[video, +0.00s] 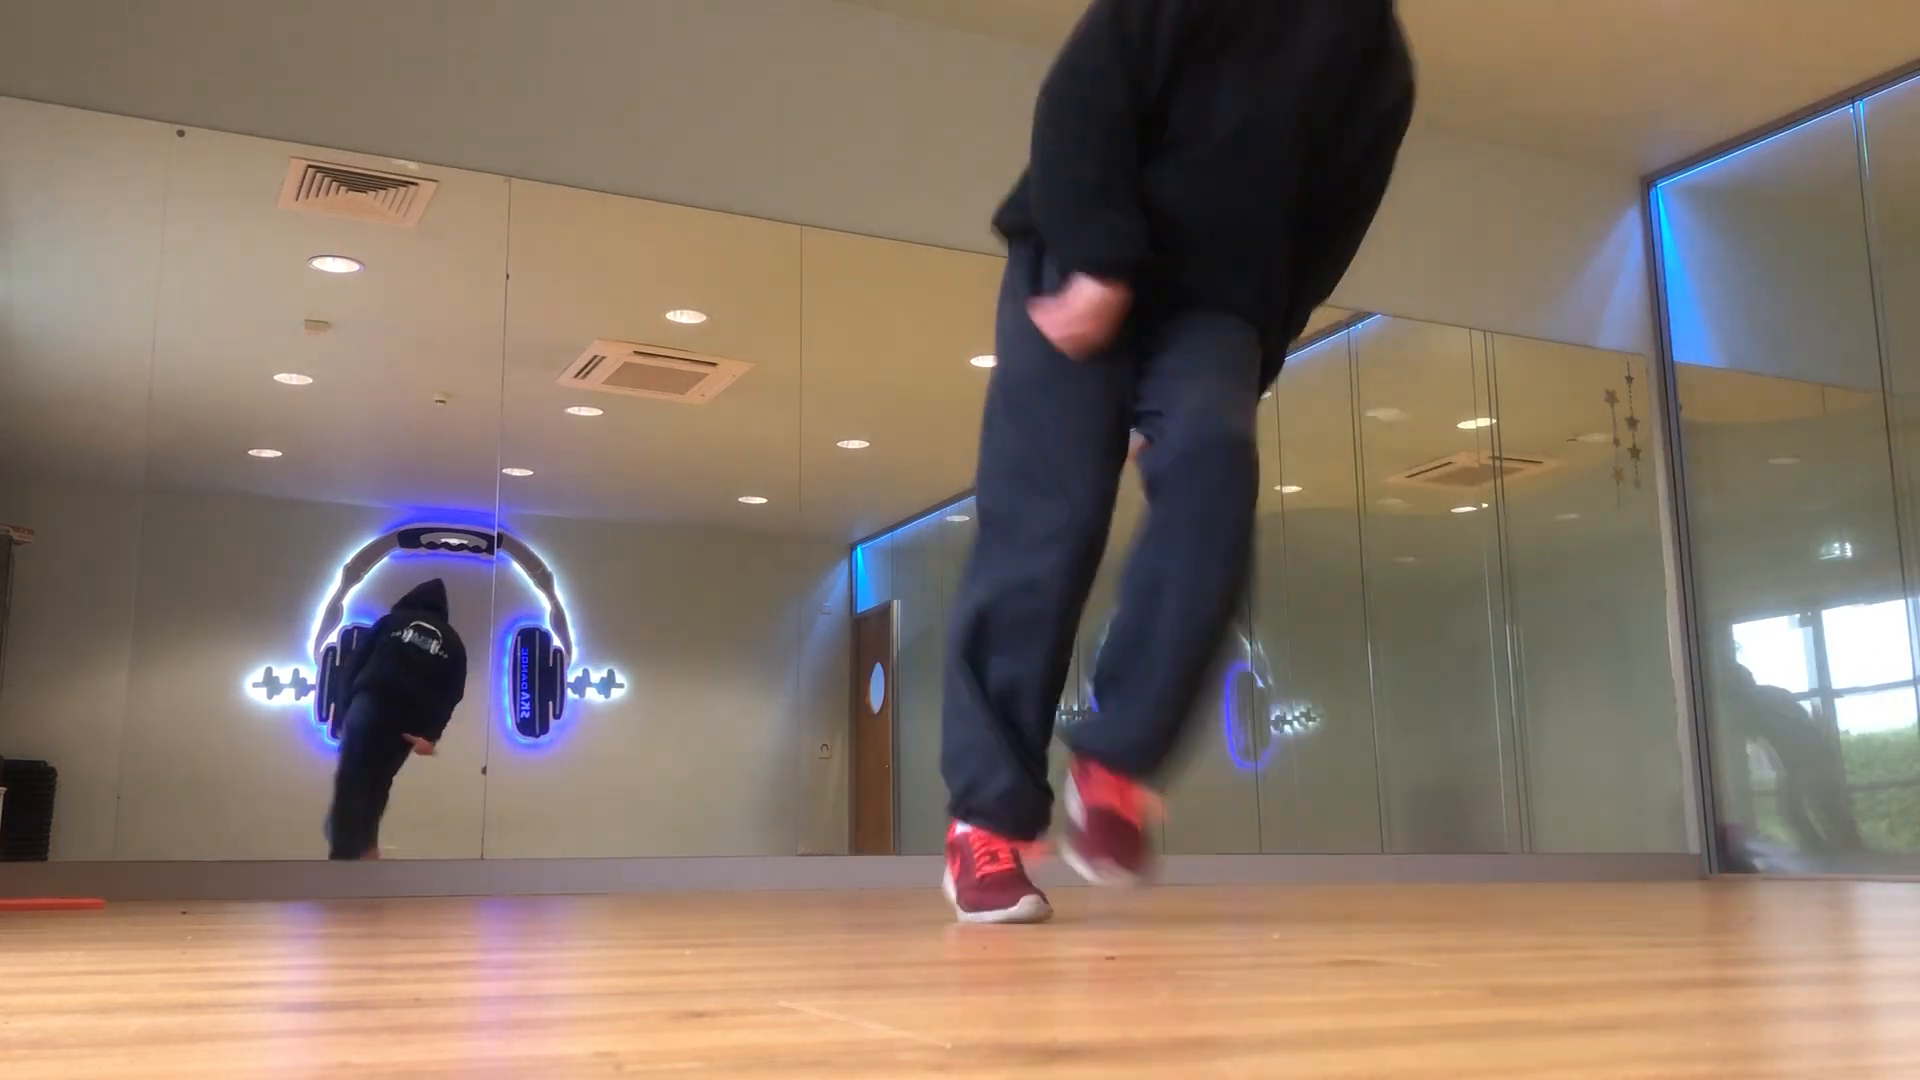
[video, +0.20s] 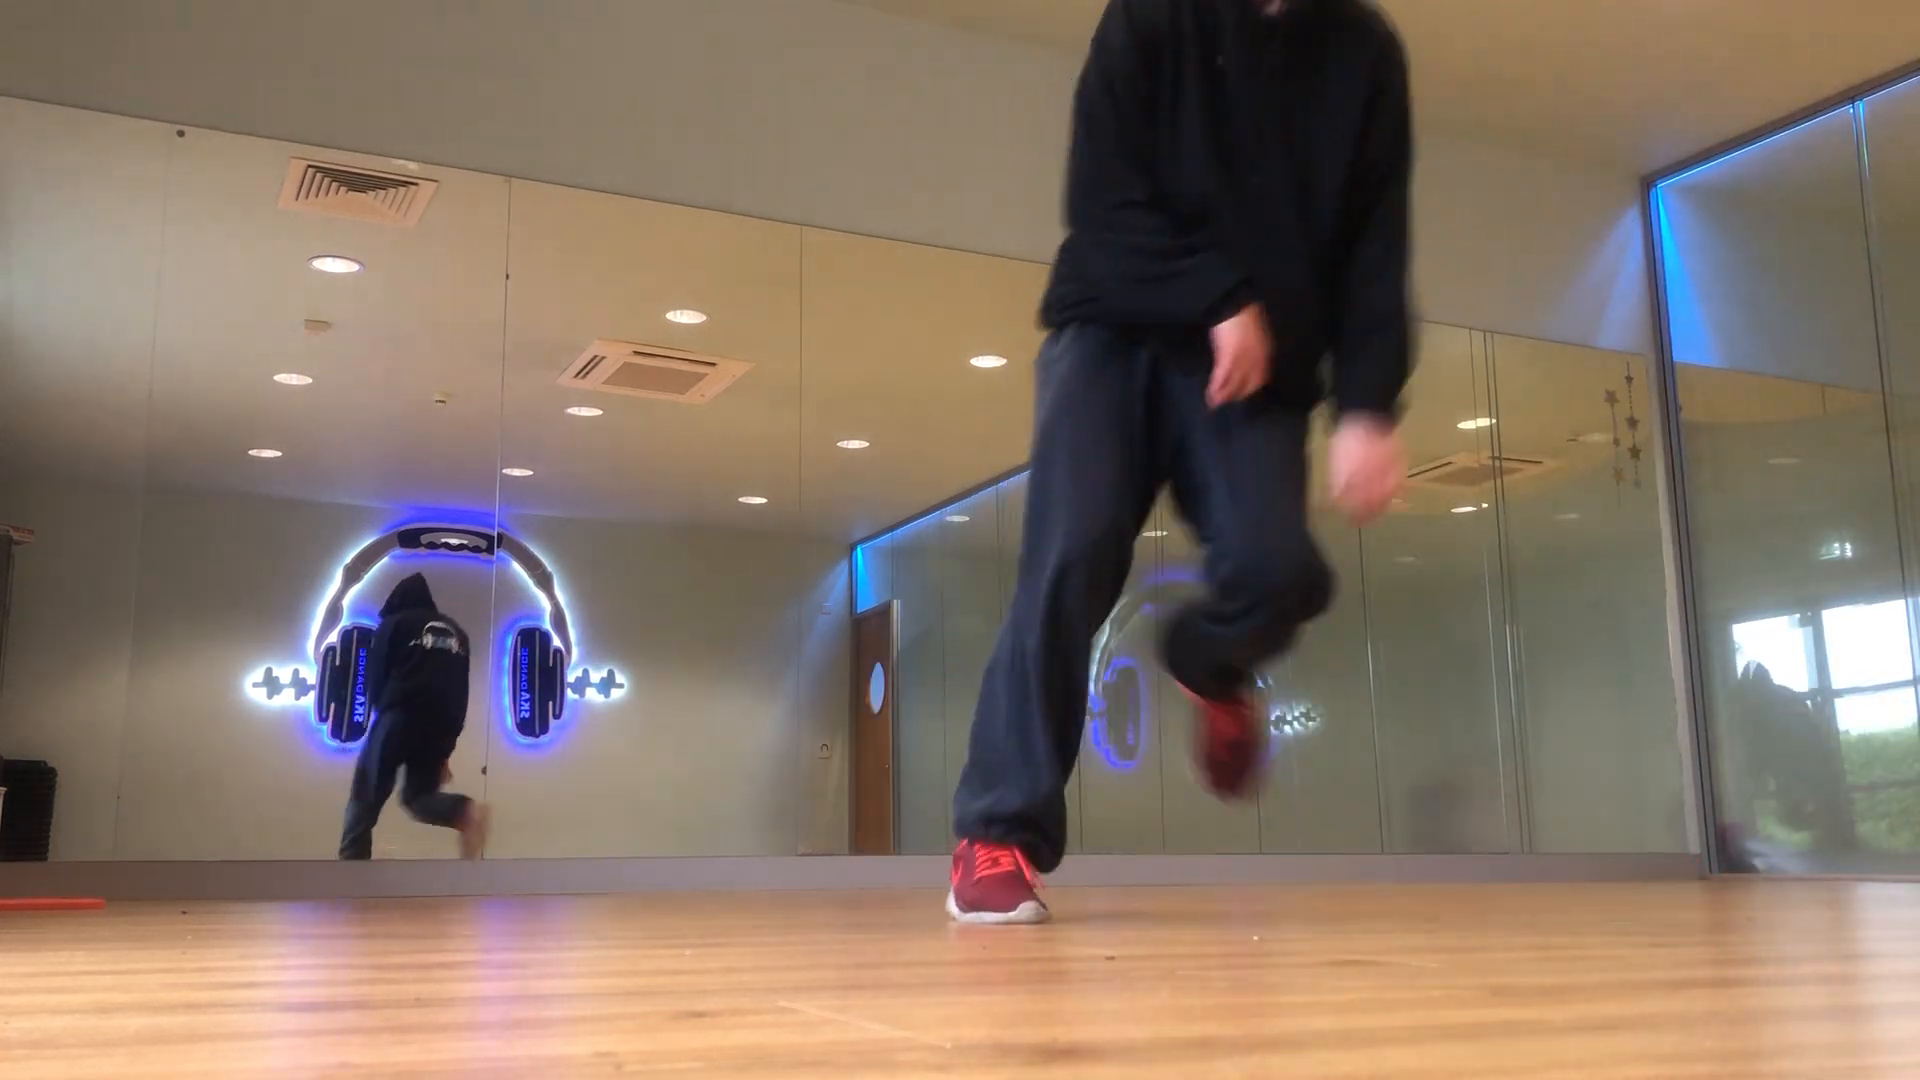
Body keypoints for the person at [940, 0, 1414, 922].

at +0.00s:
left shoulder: (1376, 62)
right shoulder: (1169, 9)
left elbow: (1329, 230)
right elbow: (1086, 91)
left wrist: (1253, 356)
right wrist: (1094, 257)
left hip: (1219, 293)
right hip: (1079, 250)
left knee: (1214, 483)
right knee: (1045, 532)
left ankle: (1115, 760)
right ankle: (989, 821)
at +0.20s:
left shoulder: (1362, 44)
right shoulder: (1149, 19)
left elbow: (1375, 233)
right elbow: (1104, 203)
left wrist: (1367, 405)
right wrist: (1219, 298)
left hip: (1254, 356)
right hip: (1113, 331)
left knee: (1279, 576)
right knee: (1072, 562)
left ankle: (1207, 662)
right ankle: (998, 835)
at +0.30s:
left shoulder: (1401, 11)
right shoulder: (1190, 22)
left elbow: (1429, 116)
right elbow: (1186, 201)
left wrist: (1406, 180)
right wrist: (1351, 256)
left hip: (1315, 319)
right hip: (1180, 307)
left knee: (1348, 556)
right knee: (1123, 535)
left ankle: (1343, 768)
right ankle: (1042, 803)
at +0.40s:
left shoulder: (1431, 21)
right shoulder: (1248, 57)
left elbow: (1433, 188)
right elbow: (1301, 257)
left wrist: (1348, 107)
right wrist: (1491, 261)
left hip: (1362, 340)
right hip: (1240, 339)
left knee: (1407, 585)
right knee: (1215, 572)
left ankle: (1392, 822)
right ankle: (1131, 818)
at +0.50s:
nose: (1453, 27)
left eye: (1467, 12)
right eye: (1432, 10)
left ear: (1484, 19)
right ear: (1378, 16)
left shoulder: (1495, 92)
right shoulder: (1319, 132)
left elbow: (1518, 234)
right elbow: (1397, 328)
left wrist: (1435, 228)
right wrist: (1555, 269)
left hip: (1433, 385)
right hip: (1320, 380)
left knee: (1444, 606)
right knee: (1396, 572)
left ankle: (1392, 852)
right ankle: (1227, 775)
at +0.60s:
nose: (1491, 15)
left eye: (1505, 4)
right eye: (1472, 5)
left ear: (1522, 8)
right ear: (1427, 5)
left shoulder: (1543, 66)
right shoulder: (1361, 104)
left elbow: (1631, 204)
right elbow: (1333, 309)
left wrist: (1591, 129)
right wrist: (1401, 396)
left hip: (1502, 371)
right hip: (1385, 372)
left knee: (1523, 576)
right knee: (1500, 535)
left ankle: (1407, 815)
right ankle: (1494, 795)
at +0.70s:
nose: (1528, 5)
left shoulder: (1589, 47)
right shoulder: (1399, 91)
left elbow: (1718, 76)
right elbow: (1292, 253)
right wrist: (1273, 421)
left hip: (1566, 373)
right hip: (1454, 384)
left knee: (1619, 592)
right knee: (1644, 564)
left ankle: (1456, 798)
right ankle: (1798, 817)